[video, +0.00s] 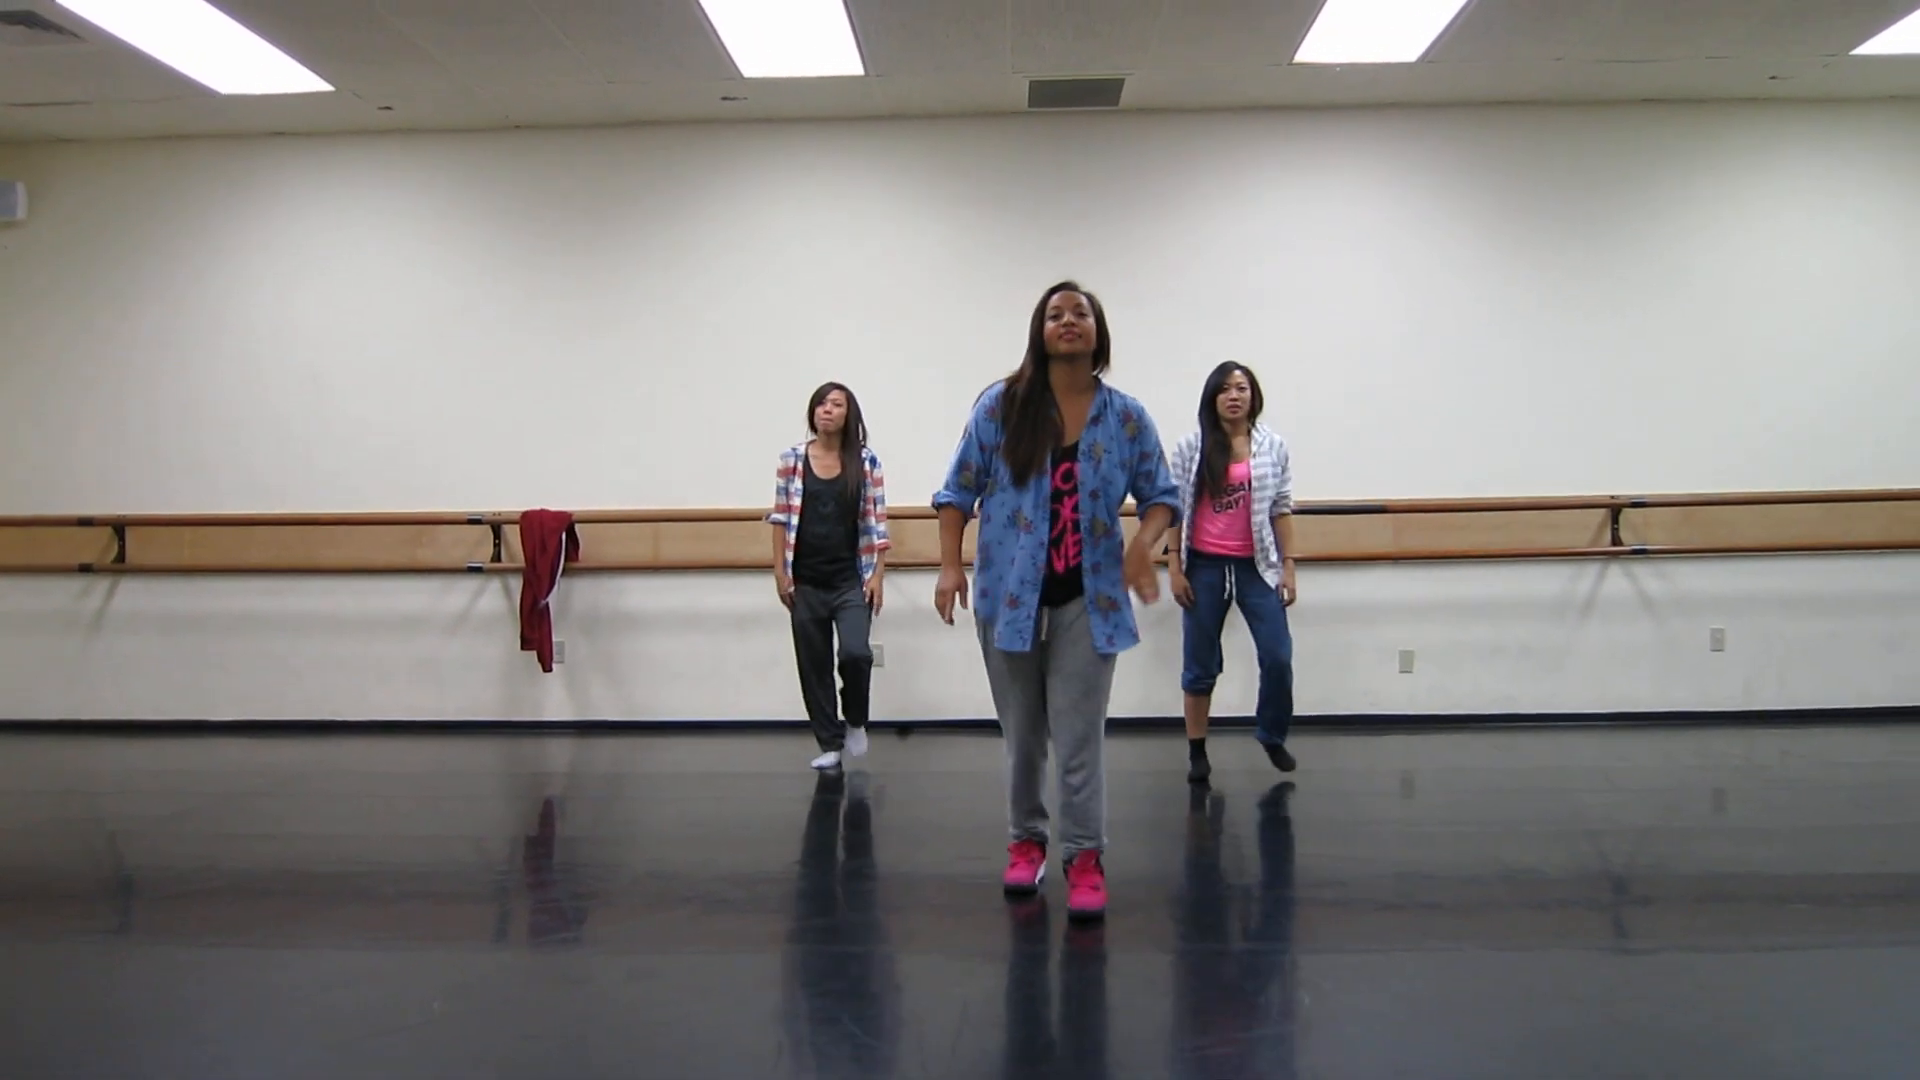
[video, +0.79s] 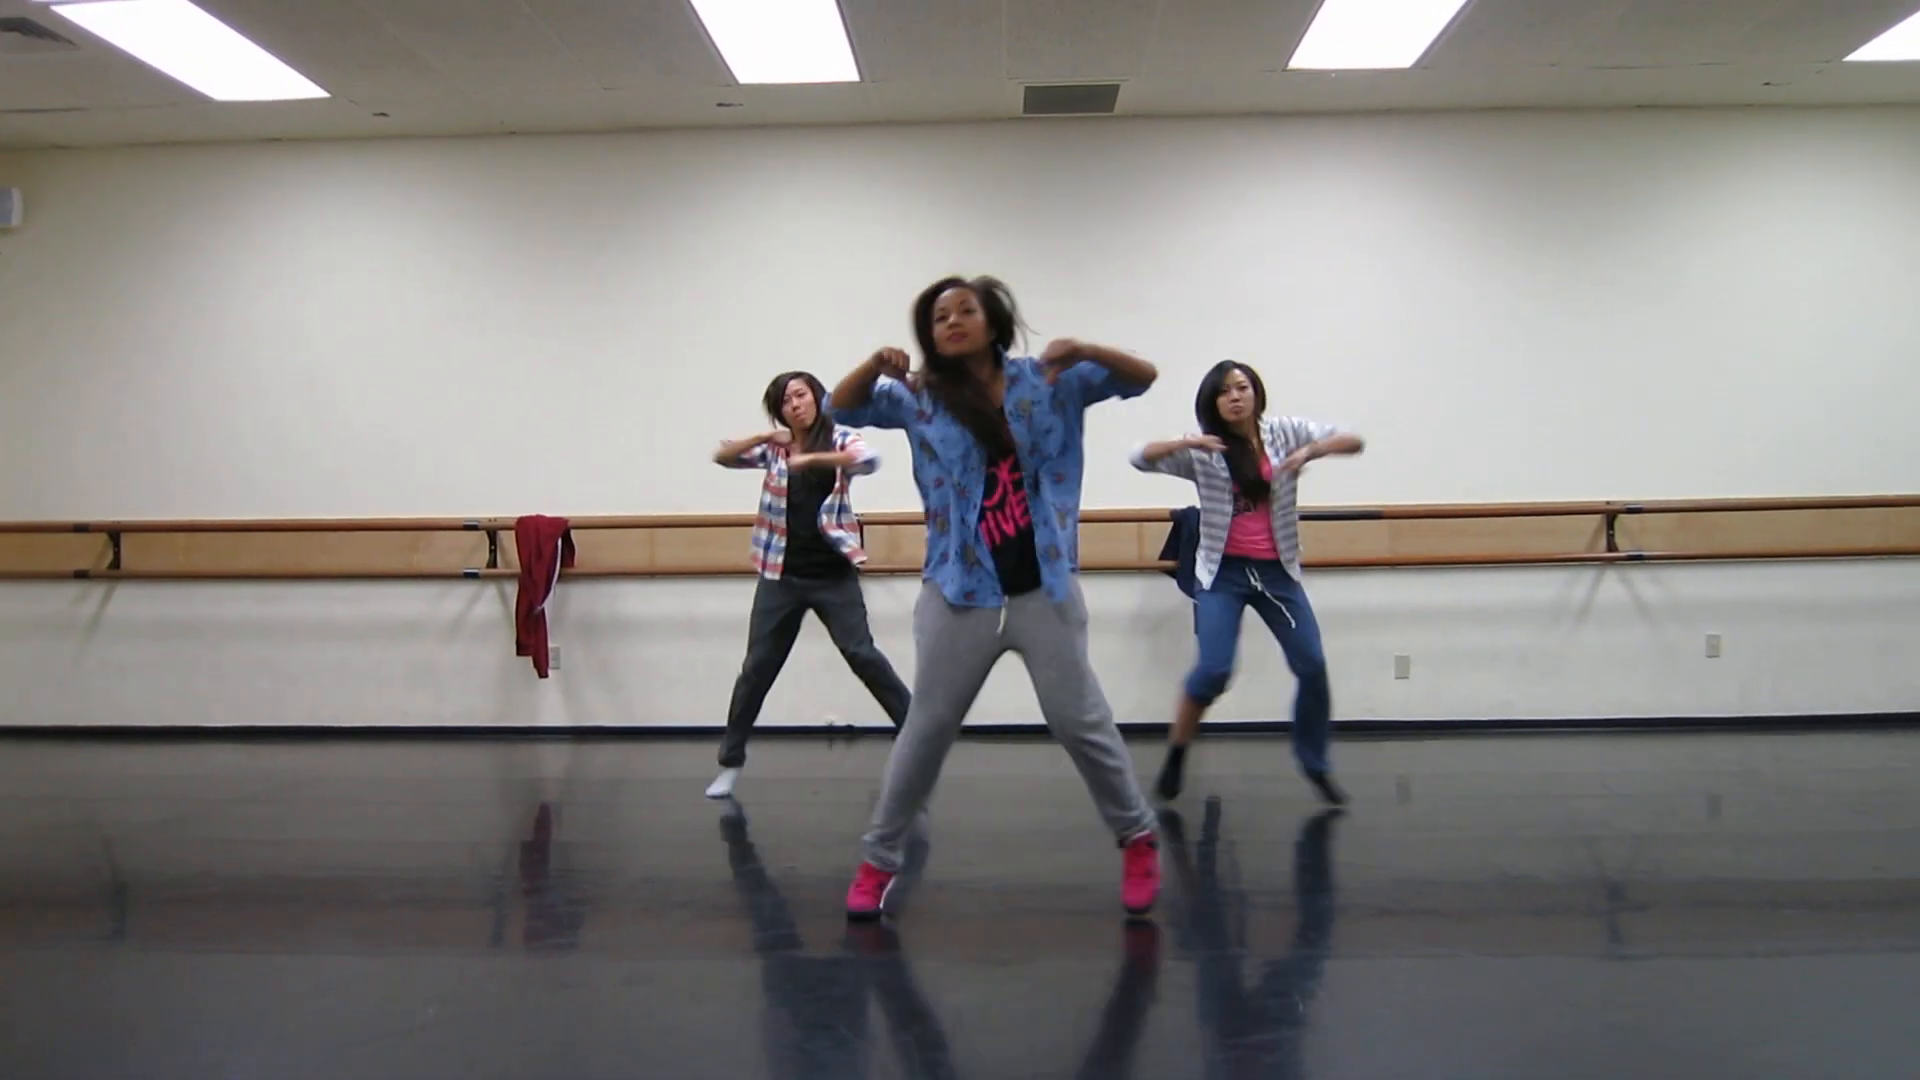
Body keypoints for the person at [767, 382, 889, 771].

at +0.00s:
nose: (828, 409)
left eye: (837, 405)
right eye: (822, 403)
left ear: (849, 415)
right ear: (812, 412)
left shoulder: (867, 461)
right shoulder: (793, 459)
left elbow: (878, 521)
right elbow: (780, 519)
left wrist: (877, 574)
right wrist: (780, 571)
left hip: (852, 582)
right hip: (806, 584)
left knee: (855, 654)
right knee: (814, 669)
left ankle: (856, 723)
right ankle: (829, 745)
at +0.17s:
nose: (827, 411)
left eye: (835, 406)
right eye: (820, 406)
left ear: (848, 418)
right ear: (810, 416)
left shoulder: (866, 462)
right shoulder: (792, 462)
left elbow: (894, 515)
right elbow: (765, 505)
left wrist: (887, 549)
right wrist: (766, 541)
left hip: (851, 588)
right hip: (802, 590)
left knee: (850, 669)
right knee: (813, 674)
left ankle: (850, 760)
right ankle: (829, 750)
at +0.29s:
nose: (823, 416)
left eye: (830, 409)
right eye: (816, 411)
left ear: (845, 419)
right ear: (806, 424)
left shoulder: (866, 463)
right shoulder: (795, 465)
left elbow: (902, 496)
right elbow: (765, 505)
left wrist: (909, 479)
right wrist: (756, 464)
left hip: (854, 589)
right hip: (803, 590)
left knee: (850, 673)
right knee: (806, 679)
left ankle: (847, 766)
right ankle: (832, 721)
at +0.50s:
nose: (818, 422)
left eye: (824, 414)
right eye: (810, 419)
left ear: (840, 422)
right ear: (803, 433)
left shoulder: (861, 469)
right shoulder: (791, 471)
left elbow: (894, 503)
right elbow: (746, 479)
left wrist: (909, 484)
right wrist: (698, 475)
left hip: (850, 596)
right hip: (800, 593)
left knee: (849, 681)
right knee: (798, 670)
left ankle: (846, 768)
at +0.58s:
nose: (813, 415)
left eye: (820, 408)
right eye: (805, 412)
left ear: (835, 415)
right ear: (798, 425)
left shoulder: (855, 459)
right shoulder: (793, 461)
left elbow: (839, 492)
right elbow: (775, 473)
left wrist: (802, 505)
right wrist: (778, 475)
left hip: (843, 590)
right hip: (795, 585)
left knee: (847, 684)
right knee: (779, 654)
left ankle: (844, 766)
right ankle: (770, 737)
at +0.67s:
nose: (806, 399)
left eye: (812, 392)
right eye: (797, 396)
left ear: (828, 399)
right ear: (790, 409)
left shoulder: (848, 443)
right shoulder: (785, 443)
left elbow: (811, 481)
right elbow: (780, 463)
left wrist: (760, 495)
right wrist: (803, 451)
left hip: (842, 577)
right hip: (791, 571)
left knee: (850, 662)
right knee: (762, 640)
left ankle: (852, 759)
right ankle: (771, 731)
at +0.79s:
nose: (795, 402)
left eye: (801, 393)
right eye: (788, 399)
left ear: (820, 400)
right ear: (782, 413)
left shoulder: (840, 436)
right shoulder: (774, 449)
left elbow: (868, 459)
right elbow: (722, 456)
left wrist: (810, 459)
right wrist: (762, 439)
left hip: (834, 579)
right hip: (780, 580)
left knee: (862, 657)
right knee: (757, 667)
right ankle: (730, 763)